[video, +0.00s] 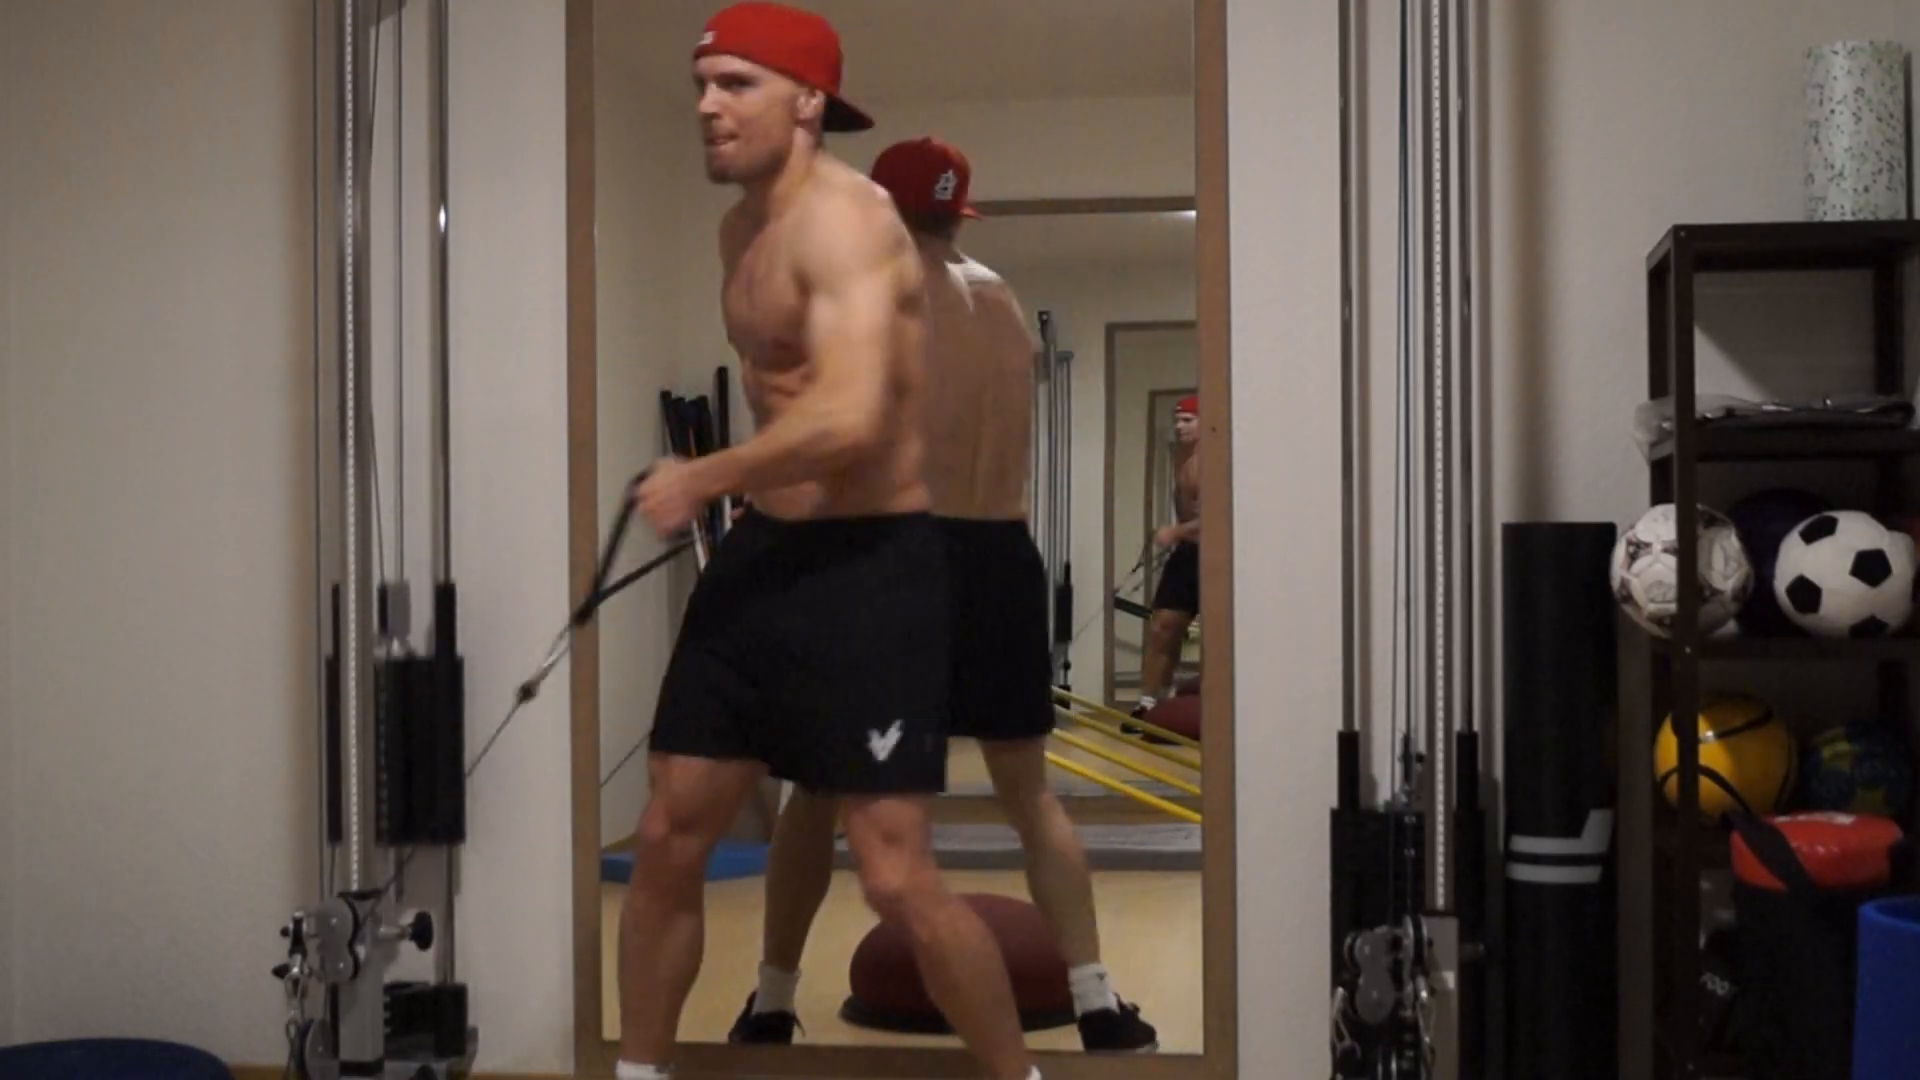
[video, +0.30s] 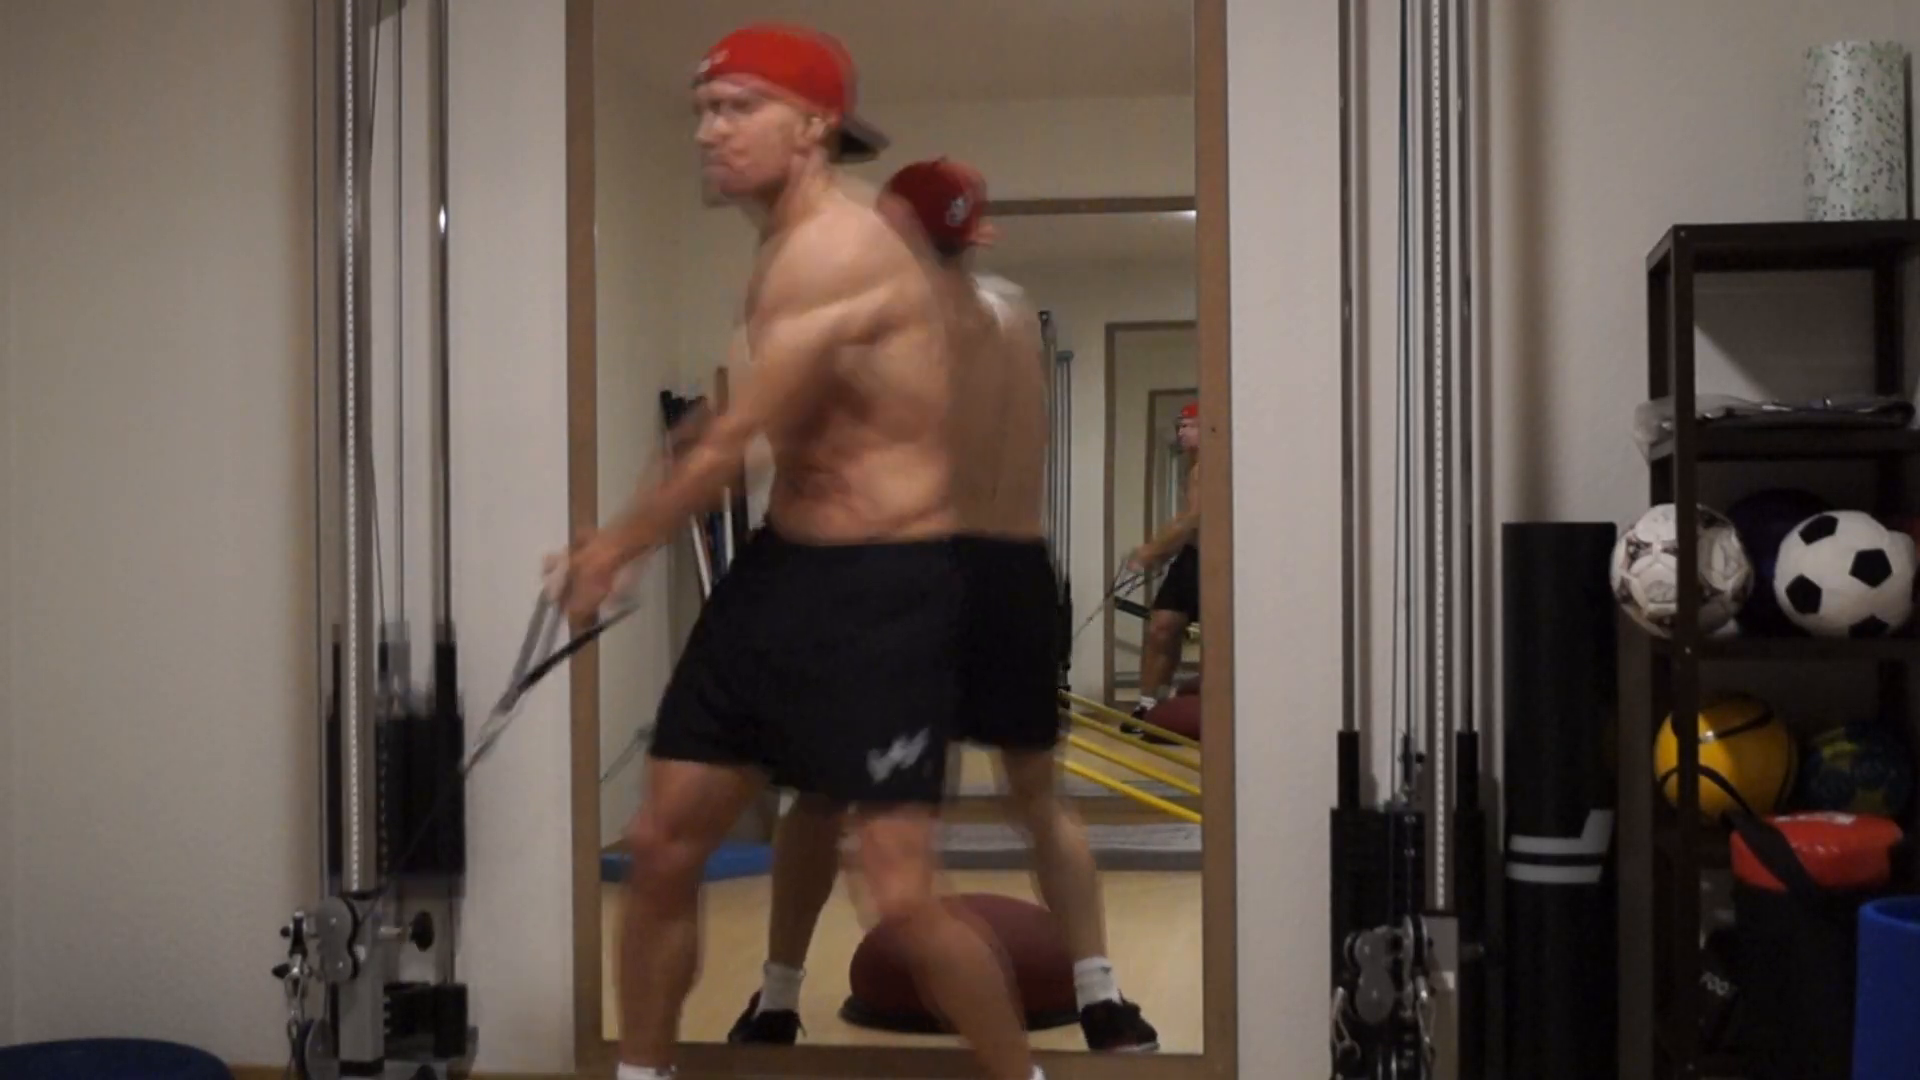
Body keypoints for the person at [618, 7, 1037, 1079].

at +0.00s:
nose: (710, 105)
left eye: (737, 86)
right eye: (704, 86)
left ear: (807, 105)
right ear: (701, 101)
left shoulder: (850, 219)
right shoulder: (742, 225)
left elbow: (854, 415)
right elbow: (780, 388)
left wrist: (702, 479)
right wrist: (746, 518)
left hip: (875, 570)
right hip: (762, 562)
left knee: (898, 880)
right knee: (669, 840)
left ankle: (1016, 1071)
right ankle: (639, 1073)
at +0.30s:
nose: (712, 131)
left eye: (739, 107)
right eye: (707, 110)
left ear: (812, 125)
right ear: (713, 124)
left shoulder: (839, 245)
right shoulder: (792, 244)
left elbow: (740, 438)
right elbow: (778, 403)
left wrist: (617, 544)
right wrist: (706, 438)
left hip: (890, 590)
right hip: (781, 583)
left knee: (897, 894)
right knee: (663, 850)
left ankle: (1019, 1071)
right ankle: (643, 1073)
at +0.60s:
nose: (744, 92)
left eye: (773, 76)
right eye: (728, 74)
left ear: (825, 102)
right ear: (707, 95)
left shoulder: (879, 235)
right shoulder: (646, 237)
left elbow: (988, 338)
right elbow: (519, 381)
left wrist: (935, 469)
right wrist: (580, 444)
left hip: (839, 566)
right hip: (689, 568)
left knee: (942, 838)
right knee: (627, 853)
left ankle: (1038, 1069)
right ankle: (609, 1075)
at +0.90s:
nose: (715, 89)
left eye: (746, 71)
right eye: (704, 67)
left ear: (804, 94)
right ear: (686, 83)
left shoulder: (863, 220)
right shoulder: (649, 228)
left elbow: (1009, 333)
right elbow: (520, 352)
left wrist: (942, 476)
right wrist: (584, 407)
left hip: (837, 561)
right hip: (691, 558)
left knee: (924, 843)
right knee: (626, 844)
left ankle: (1004, 1070)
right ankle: (610, 1074)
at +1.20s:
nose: (922, 123)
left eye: (938, 104)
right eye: (899, 96)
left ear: (946, 116)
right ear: (832, 95)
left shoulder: (940, 233)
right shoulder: (759, 223)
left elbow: (964, 365)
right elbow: (746, 441)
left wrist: (956, 476)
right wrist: (910, 521)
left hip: (892, 558)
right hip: (753, 562)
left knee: (973, 836)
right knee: (678, 852)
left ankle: (1020, 1070)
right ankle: (616, 1071)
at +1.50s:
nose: (988, 198)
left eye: (995, 176)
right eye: (976, 173)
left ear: (910, 158)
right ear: (900, 154)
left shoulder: (886, 249)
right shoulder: (846, 276)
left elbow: (845, 407)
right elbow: (960, 490)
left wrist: (893, 500)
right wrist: (1068, 630)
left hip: (866, 570)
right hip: (746, 576)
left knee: (968, 833)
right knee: (683, 880)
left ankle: (1015, 1072)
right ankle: (612, 1071)